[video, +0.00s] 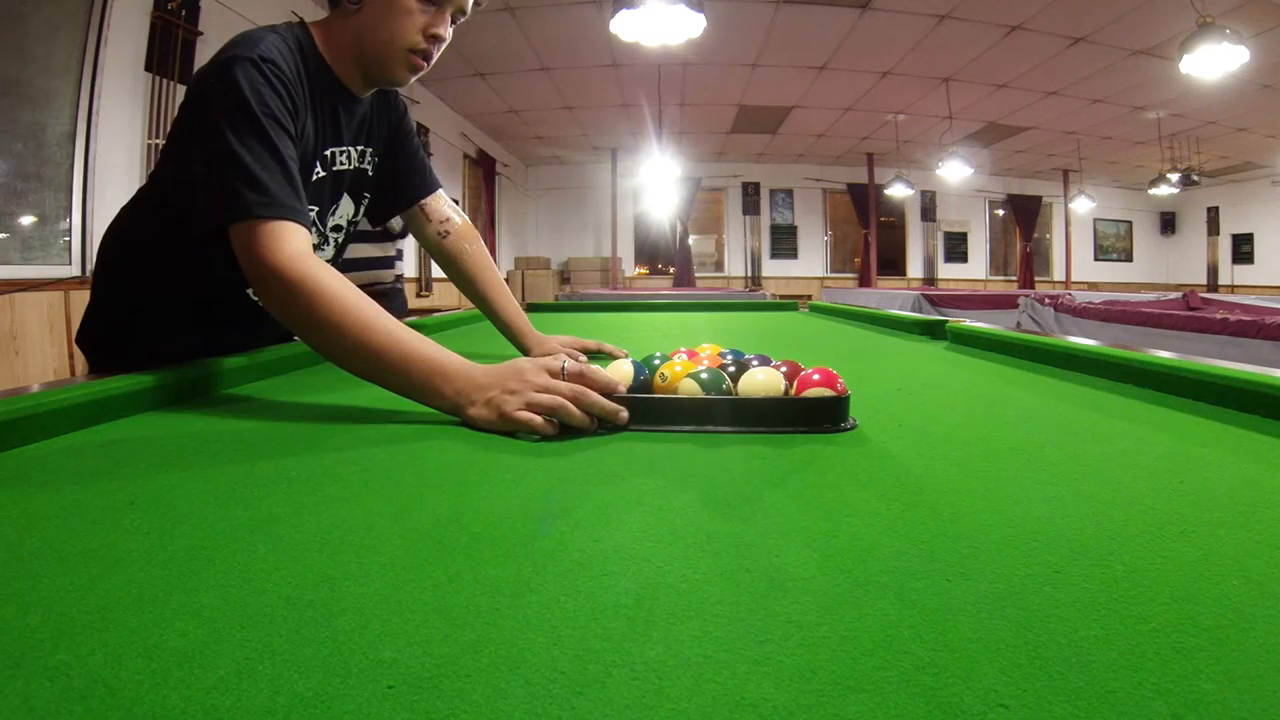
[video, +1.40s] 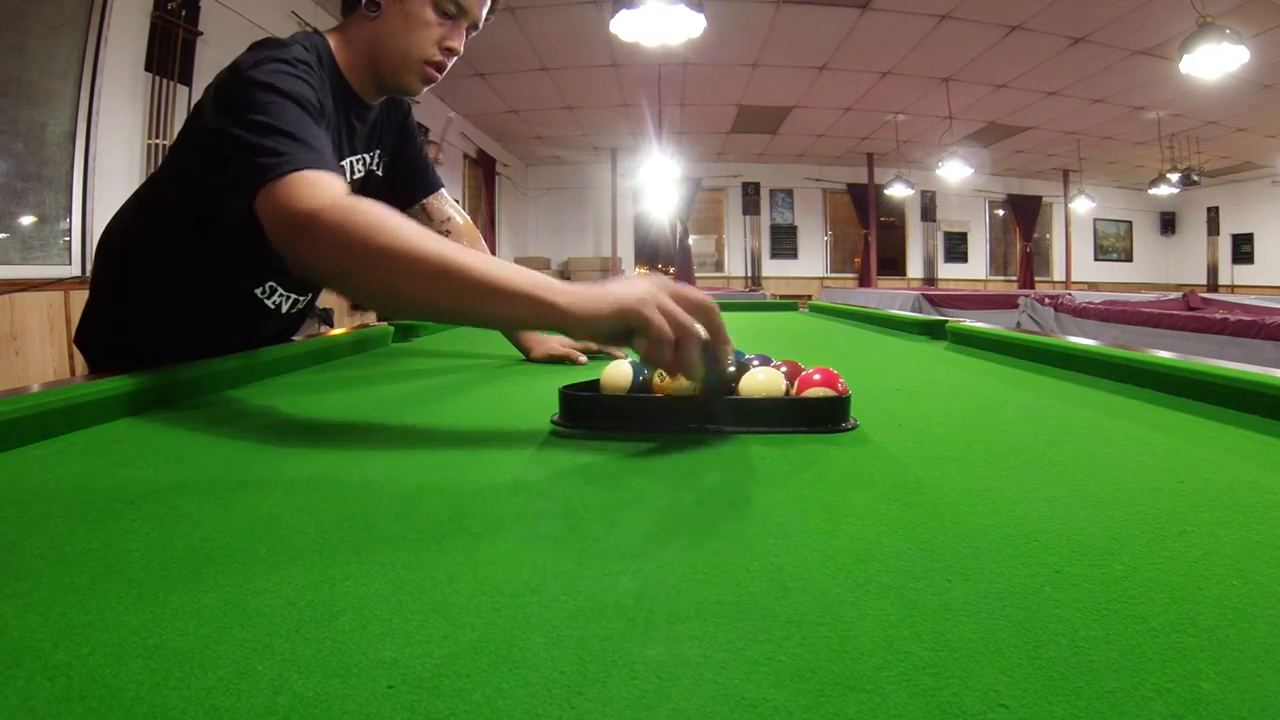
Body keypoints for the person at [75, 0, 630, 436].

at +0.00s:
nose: (442, 34)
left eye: (453, 18)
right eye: (429, 5)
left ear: (454, 26)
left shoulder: (383, 102)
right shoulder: (255, 71)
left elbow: (441, 224)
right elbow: (278, 267)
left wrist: (529, 337)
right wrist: (468, 384)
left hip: (263, 336)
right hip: (152, 342)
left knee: (243, 527)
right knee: (140, 537)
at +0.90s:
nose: (450, 35)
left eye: (458, 21)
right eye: (438, 6)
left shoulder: (386, 110)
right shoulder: (259, 81)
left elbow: (447, 225)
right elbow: (283, 266)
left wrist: (517, 329)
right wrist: (496, 347)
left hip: (258, 333)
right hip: (150, 334)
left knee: (243, 513)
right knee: (141, 522)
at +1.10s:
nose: (454, 41)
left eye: (463, 26)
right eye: (442, 12)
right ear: (366, 0)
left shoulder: (389, 109)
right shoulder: (273, 75)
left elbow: (446, 228)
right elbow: (330, 235)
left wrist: (523, 329)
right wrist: (579, 302)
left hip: (261, 334)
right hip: (151, 337)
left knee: (253, 518)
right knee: (144, 526)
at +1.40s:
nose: (457, 48)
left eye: (467, 33)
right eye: (446, 17)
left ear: (449, 41)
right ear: (376, 1)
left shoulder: (387, 112)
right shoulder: (280, 76)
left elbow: (449, 227)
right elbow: (312, 232)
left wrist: (523, 330)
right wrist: (569, 301)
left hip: (255, 337)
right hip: (149, 338)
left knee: (238, 524)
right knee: (133, 534)